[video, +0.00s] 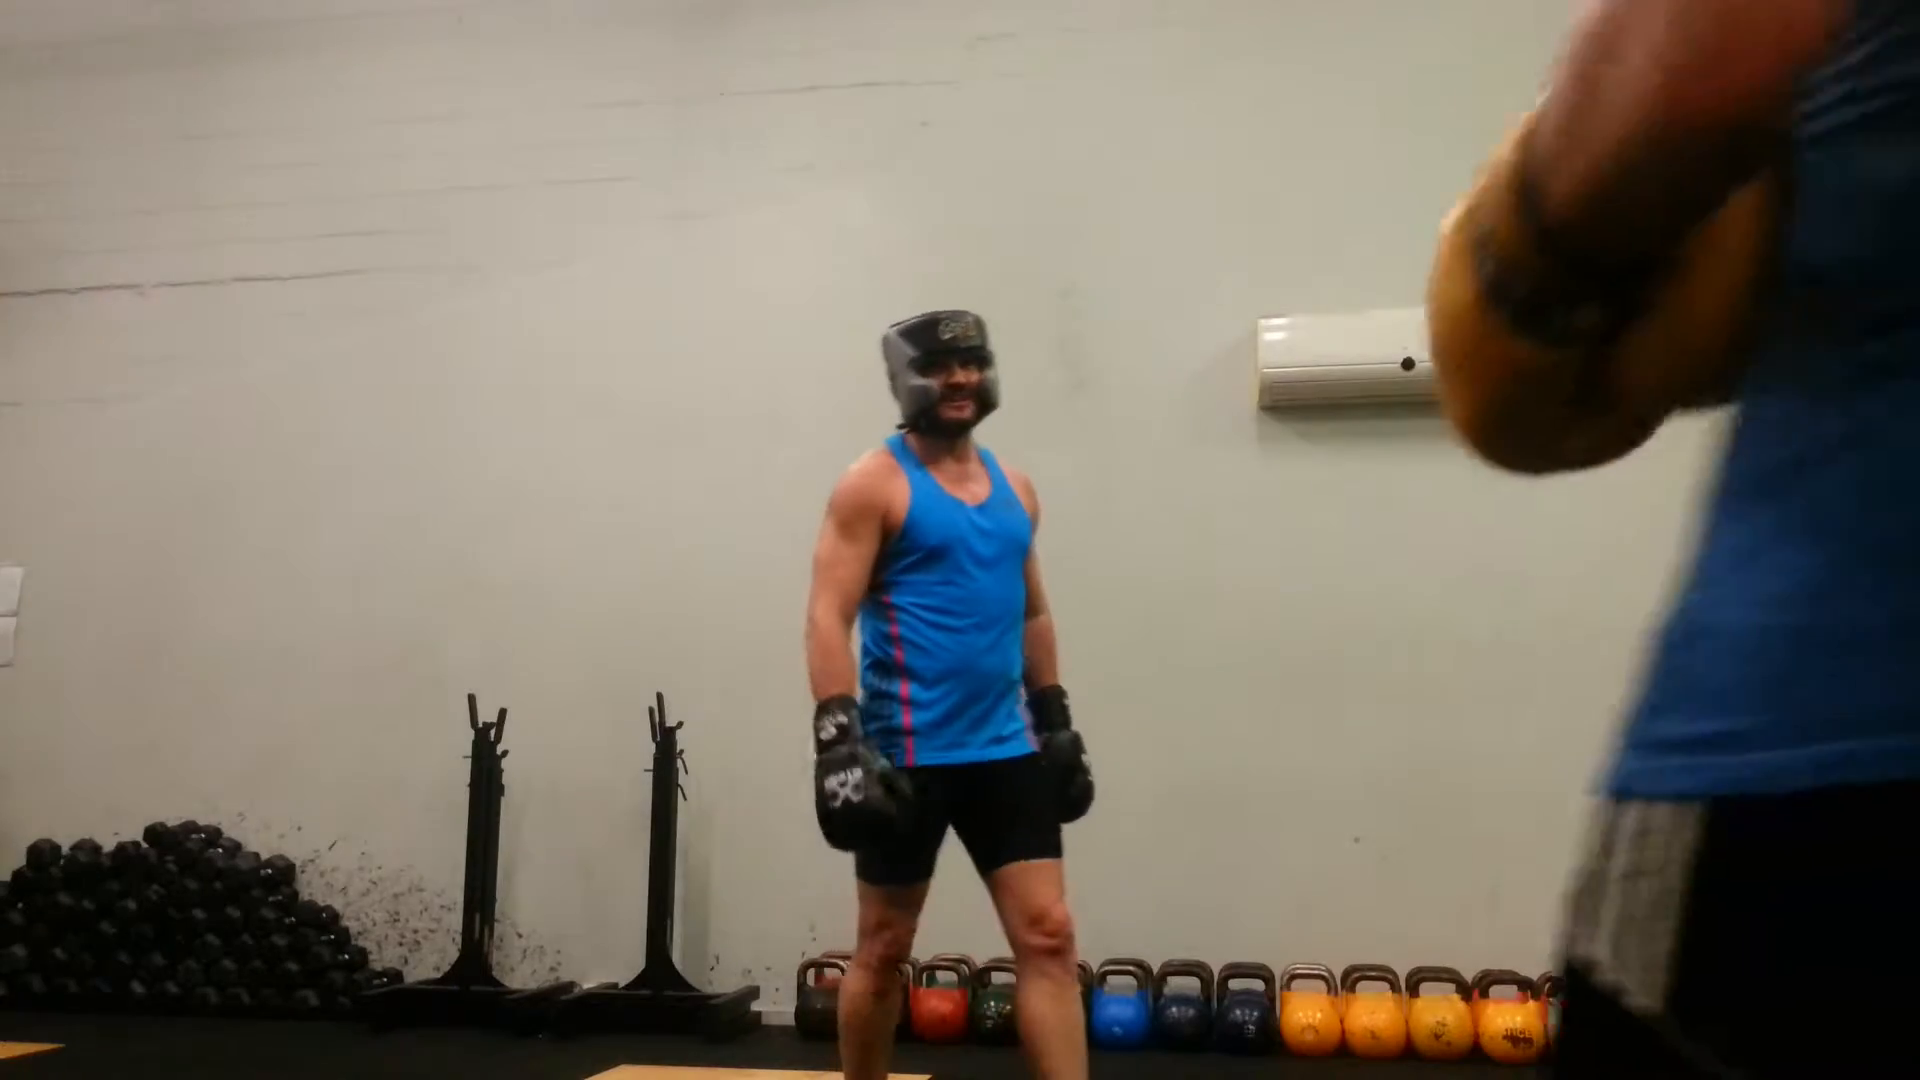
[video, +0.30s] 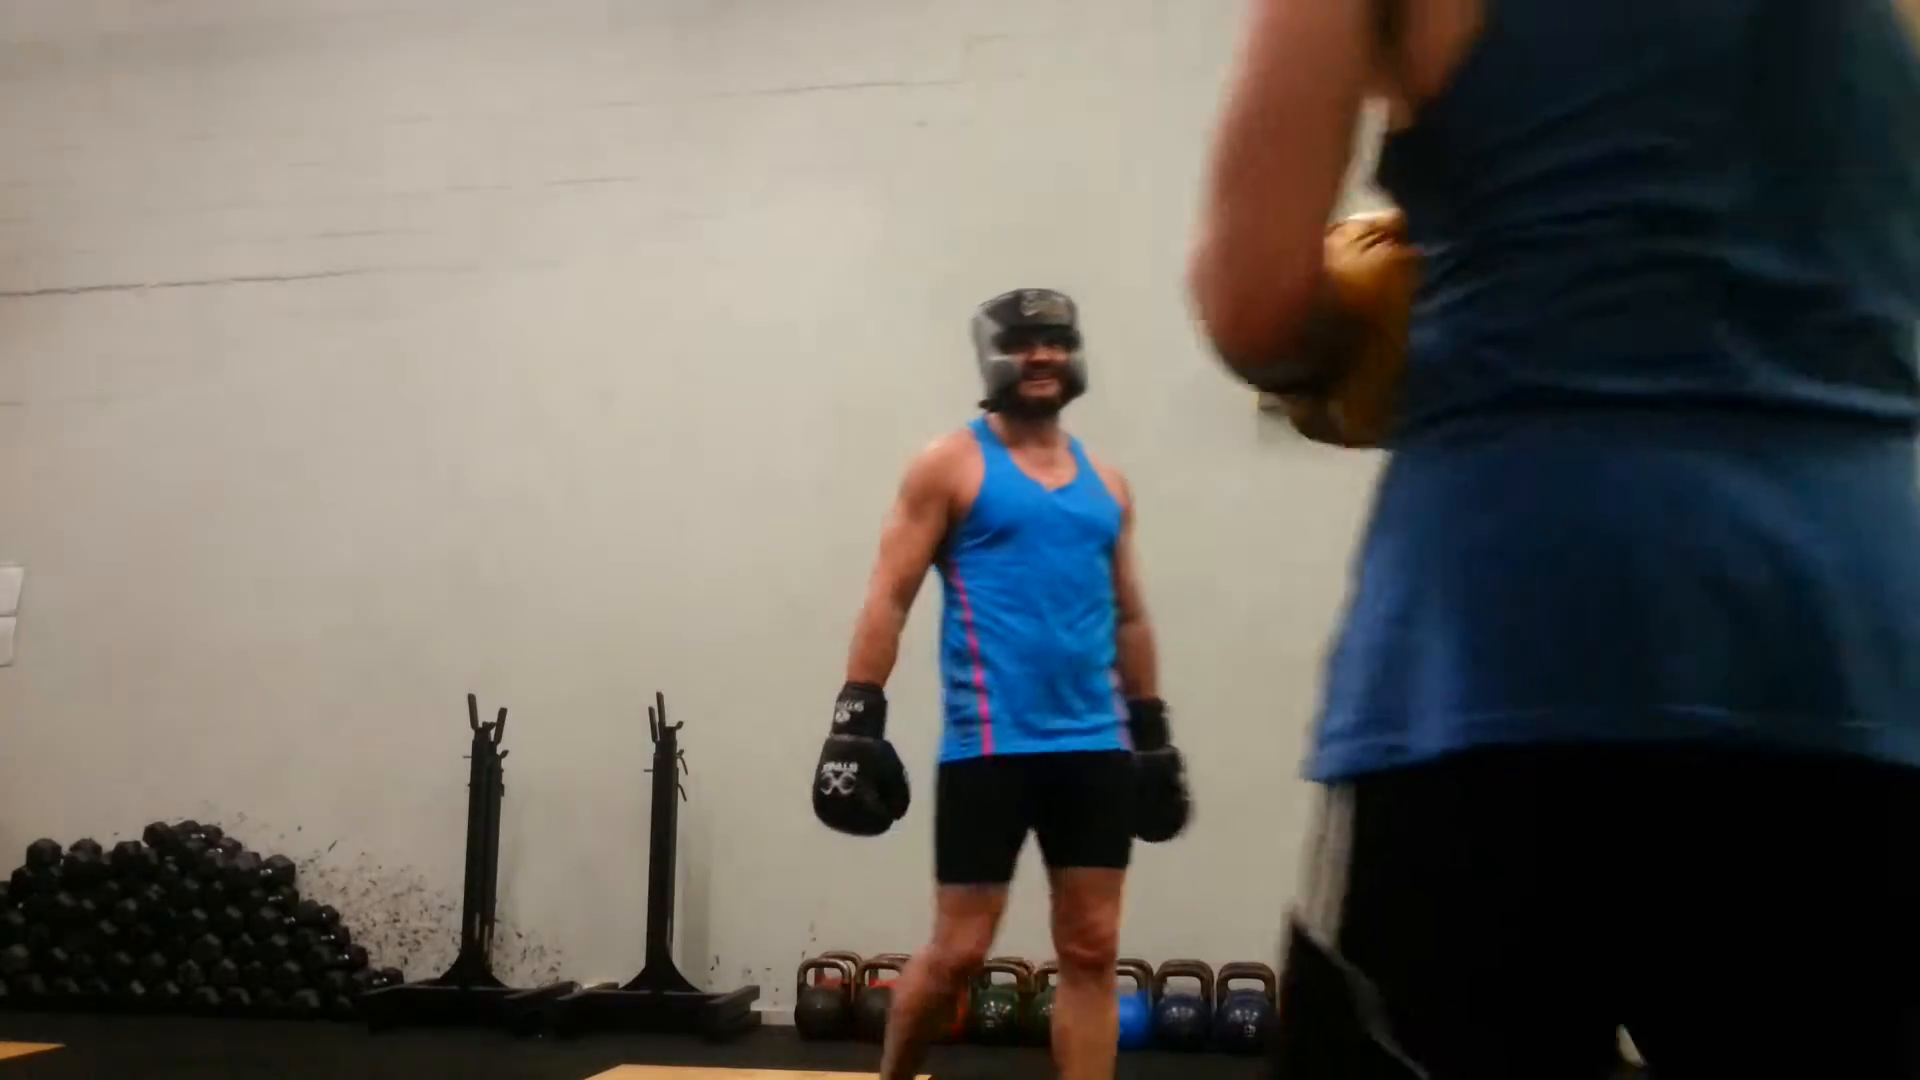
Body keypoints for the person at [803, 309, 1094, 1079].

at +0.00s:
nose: (963, 380)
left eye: (974, 365)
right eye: (942, 368)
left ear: (990, 377)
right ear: (905, 382)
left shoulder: (1012, 487)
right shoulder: (872, 486)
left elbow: (1034, 614)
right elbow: (829, 616)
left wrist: (1054, 727)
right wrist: (838, 745)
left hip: (1005, 751)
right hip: (903, 758)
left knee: (1048, 936)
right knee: (883, 948)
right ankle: (861, 1079)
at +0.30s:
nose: (1040, 355)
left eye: (1055, 342)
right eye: (1021, 342)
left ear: (1076, 361)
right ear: (990, 358)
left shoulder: (1104, 483)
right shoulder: (950, 466)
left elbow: (1129, 617)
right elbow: (889, 595)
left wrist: (1152, 739)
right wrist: (856, 724)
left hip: (1092, 748)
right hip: (985, 751)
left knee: (1092, 950)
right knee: (958, 952)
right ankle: (895, 1074)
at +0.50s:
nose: (1085, 360)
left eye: (1099, 343)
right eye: (1068, 342)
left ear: (1122, 362)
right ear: (1041, 357)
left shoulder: (1160, 486)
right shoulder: (996, 460)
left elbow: (1207, 623)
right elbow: (931, 586)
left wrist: (1253, 728)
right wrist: (897, 705)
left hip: (1136, 737)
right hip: (1035, 733)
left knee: (1117, 951)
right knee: (1046, 943)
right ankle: (969, 1073)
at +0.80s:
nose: (1152, 357)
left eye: (1167, 338)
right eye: (1134, 337)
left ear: (1188, 349)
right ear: (1103, 350)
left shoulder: (1218, 461)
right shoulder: (1058, 448)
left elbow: (1261, 596)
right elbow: (984, 578)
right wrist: (974, 699)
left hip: (1194, 732)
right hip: (1092, 728)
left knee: (1139, 959)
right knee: (1151, 952)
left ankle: (1097, 1072)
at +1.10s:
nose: (1239, 357)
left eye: (1243, 336)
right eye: (1220, 335)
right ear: (1184, 349)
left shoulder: (1268, 443)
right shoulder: (1123, 439)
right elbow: (1057, 584)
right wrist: (1017, 719)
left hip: (1274, 730)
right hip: (1174, 735)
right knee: (1203, 1005)